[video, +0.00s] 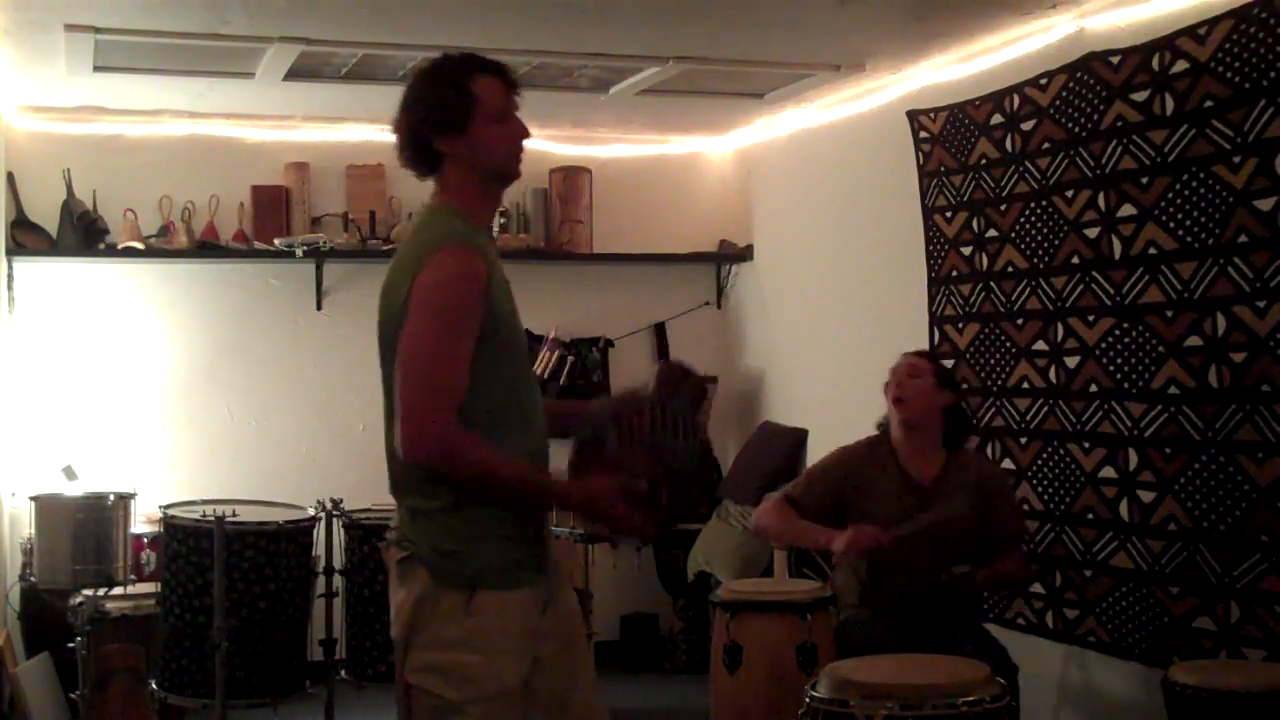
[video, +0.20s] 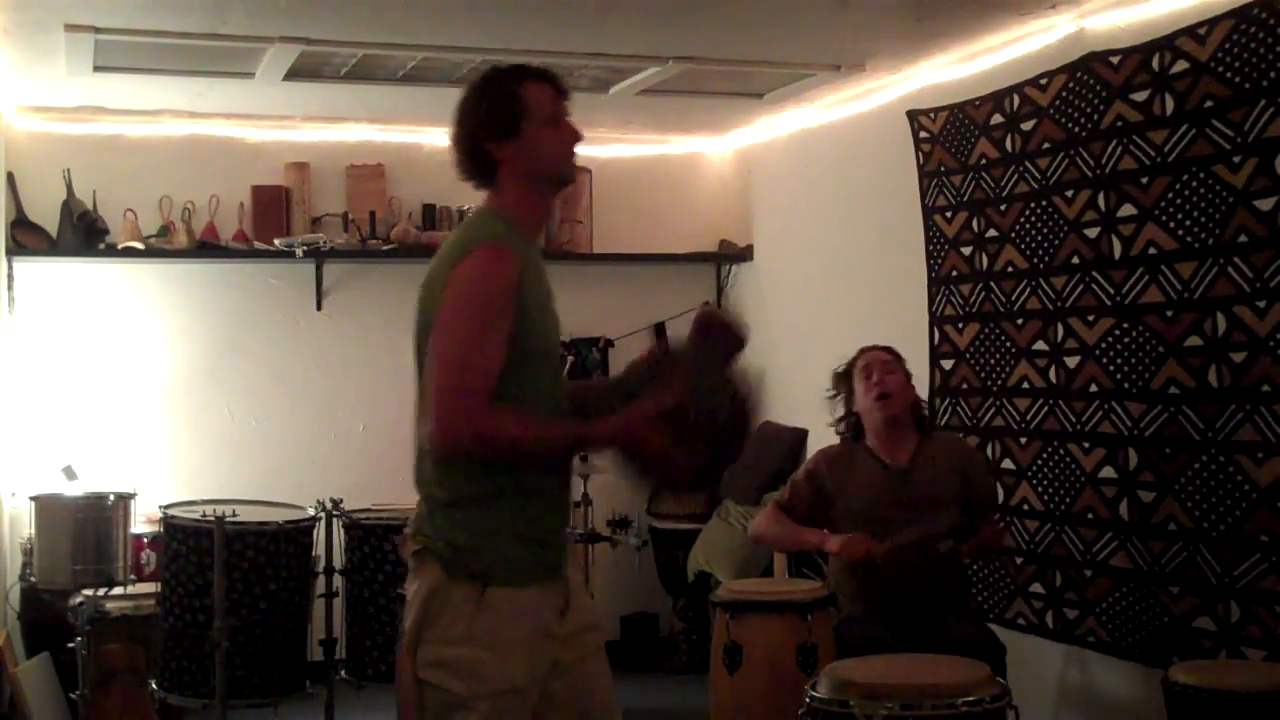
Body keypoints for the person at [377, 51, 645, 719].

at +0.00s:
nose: (524, 130)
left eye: (518, 115)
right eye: (505, 117)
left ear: (454, 141)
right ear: (448, 137)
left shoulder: (465, 246)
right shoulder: (450, 255)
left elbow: (493, 406)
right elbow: (426, 436)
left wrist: (602, 414)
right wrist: (569, 494)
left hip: (515, 566)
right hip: (466, 579)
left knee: (568, 710)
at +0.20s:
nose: (575, 131)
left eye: (568, 118)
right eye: (557, 119)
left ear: (514, 148)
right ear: (503, 145)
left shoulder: (515, 253)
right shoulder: (488, 255)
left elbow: (521, 401)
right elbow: (457, 421)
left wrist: (625, 391)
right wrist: (609, 429)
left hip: (537, 577)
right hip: (478, 586)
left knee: (588, 712)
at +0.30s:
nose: (598, 137)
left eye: (593, 121)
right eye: (582, 120)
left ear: (530, 138)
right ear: (527, 134)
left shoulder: (533, 246)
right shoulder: (505, 244)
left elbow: (559, 390)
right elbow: (510, 413)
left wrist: (673, 365)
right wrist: (663, 408)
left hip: (561, 566)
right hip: (496, 574)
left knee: (593, 711)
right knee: (484, 709)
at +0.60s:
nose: (643, 164)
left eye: (643, 147)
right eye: (632, 145)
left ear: (581, 150)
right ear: (577, 146)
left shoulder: (601, 263)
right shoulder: (530, 258)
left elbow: (638, 396)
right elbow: (551, 416)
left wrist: (725, 390)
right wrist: (687, 391)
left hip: (649, 561)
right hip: (571, 574)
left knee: (674, 714)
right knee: (570, 711)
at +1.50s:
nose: (728, 156)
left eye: (726, 139)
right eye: (715, 138)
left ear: (666, 147)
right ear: (662, 144)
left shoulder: (645, 246)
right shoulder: (627, 245)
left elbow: (690, 371)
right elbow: (622, 417)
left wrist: (769, 353)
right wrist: (752, 370)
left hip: (585, 512)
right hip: (554, 518)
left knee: (646, 693)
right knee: (611, 700)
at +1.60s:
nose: (736, 204)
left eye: (734, 187)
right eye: (725, 186)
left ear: (675, 197)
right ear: (672, 194)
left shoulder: (632, 276)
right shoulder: (634, 285)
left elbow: (657, 409)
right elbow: (631, 468)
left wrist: (761, 391)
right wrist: (750, 429)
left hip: (536, 538)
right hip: (531, 548)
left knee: (633, 702)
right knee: (623, 707)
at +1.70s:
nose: (748, 257)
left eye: (748, 241)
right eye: (739, 239)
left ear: (682, 237)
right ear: (686, 237)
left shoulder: (606, 302)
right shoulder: (649, 341)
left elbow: (635, 443)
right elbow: (629, 522)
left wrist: (748, 420)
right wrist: (726, 503)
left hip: (484, 547)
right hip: (519, 568)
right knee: (606, 705)